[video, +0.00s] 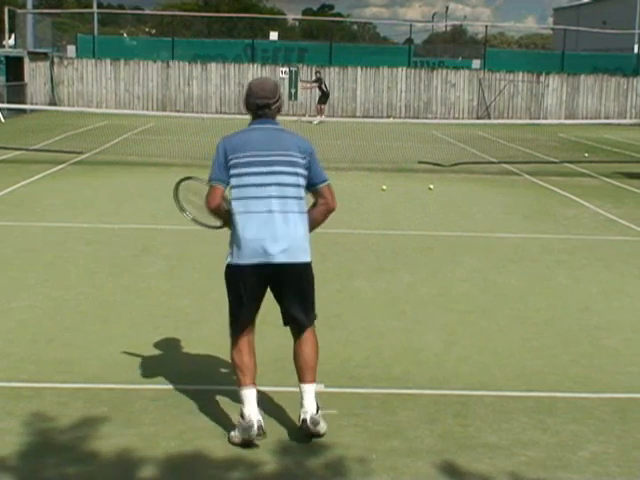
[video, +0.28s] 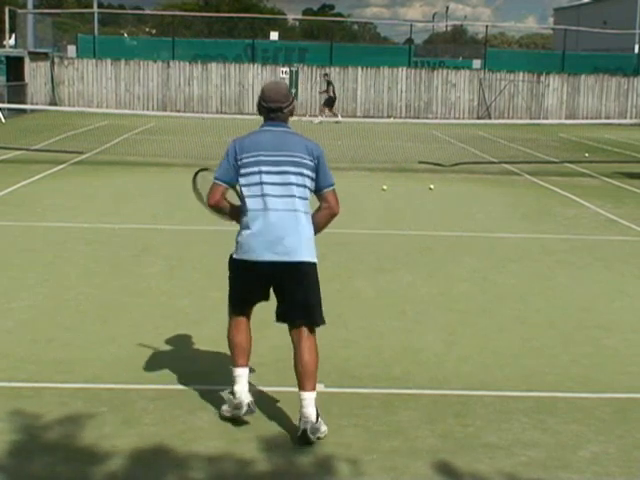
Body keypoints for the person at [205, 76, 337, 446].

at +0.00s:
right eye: (276, 102)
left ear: (247, 108)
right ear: (280, 107)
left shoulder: (229, 144)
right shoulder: (300, 145)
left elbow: (214, 202)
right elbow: (327, 202)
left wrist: (231, 218)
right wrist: (297, 229)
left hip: (247, 255)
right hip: (293, 254)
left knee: (242, 332)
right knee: (304, 327)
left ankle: (251, 418)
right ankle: (310, 412)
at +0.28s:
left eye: (267, 105)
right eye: (288, 105)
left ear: (259, 110)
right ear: (291, 110)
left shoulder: (240, 146)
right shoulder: (310, 149)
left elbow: (214, 198)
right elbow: (331, 206)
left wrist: (239, 214)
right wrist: (303, 234)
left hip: (251, 253)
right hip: (297, 255)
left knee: (240, 313)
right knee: (303, 329)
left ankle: (241, 396)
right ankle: (309, 417)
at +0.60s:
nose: (284, 99)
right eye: (286, 95)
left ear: (255, 96)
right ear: (285, 98)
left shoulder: (233, 131)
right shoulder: (295, 137)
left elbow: (211, 182)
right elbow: (313, 197)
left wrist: (243, 187)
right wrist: (294, 221)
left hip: (238, 238)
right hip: (279, 238)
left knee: (239, 312)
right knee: (303, 307)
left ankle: (234, 394)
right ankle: (301, 395)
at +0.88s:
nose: (289, 126)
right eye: (290, 122)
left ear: (259, 124)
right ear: (288, 126)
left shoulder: (237, 159)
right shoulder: (297, 164)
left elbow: (219, 212)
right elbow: (311, 226)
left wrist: (249, 221)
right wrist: (297, 256)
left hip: (236, 260)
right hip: (279, 262)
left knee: (214, 317)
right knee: (307, 324)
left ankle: (174, 387)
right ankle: (302, 405)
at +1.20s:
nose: (247, 120)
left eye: (245, 115)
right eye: (247, 115)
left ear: (216, 112)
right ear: (244, 118)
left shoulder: (195, 139)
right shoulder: (232, 151)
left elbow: (213, 185)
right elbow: (230, 206)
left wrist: (258, 191)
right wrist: (256, 229)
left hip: (164, 233)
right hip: (198, 240)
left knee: (170, 300)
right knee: (232, 304)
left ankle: (142, 366)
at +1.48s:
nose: (207, 129)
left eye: (204, 124)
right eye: (207, 124)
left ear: (180, 120)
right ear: (203, 127)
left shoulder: (160, 140)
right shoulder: (180, 152)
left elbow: (197, 168)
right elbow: (172, 196)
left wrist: (237, 170)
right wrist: (218, 216)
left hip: (115, 231)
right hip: (143, 238)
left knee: (128, 295)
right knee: (178, 299)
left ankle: (99, 366)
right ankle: (166, 379)